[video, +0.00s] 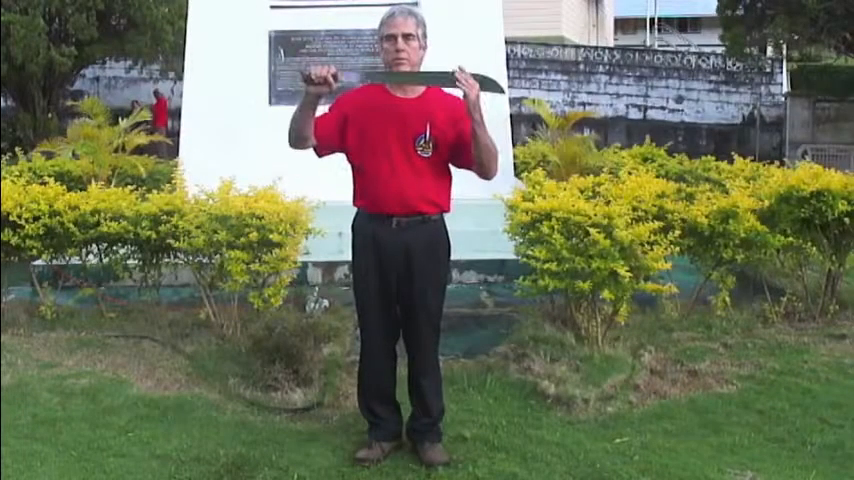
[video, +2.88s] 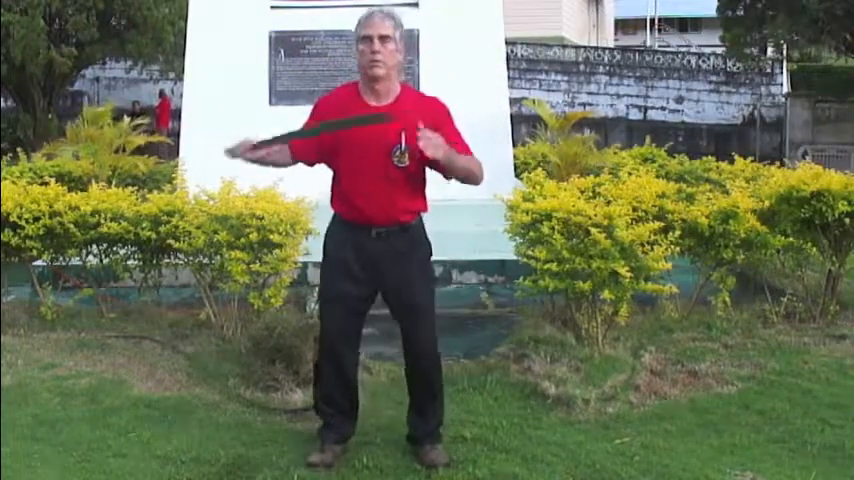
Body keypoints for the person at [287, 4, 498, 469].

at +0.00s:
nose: (399, 47)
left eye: (408, 38)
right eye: (389, 39)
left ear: (423, 45)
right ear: (378, 47)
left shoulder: (447, 105)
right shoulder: (356, 101)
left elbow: (488, 170)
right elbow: (299, 140)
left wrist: (476, 113)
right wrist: (310, 97)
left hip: (426, 232)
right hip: (372, 232)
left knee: (424, 339)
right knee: (375, 338)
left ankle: (428, 434)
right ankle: (381, 434)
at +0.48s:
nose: (409, 50)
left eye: (419, 41)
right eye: (400, 41)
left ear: (433, 48)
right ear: (389, 50)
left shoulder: (455, 105)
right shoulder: (369, 102)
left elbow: (493, 176)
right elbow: (318, 163)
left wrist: (482, 123)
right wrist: (325, 136)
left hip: (439, 237)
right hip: (381, 237)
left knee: (432, 343)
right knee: (370, 340)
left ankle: (427, 436)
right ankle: (380, 433)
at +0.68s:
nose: (410, 52)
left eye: (419, 43)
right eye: (401, 44)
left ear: (433, 50)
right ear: (389, 51)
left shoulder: (462, 113)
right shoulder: (367, 111)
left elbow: (477, 188)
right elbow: (339, 180)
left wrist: (446, 189)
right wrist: (365, 177)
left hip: (441, 244)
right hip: (382, 244)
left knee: (433, 347)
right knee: (372, 343)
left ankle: (428, 439)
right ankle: (377, 452)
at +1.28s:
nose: (375, 64)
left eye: (386, 55)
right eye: (365, 55)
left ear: (403, 62)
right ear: (353, 63)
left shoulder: (434, 124)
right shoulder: (329, 124)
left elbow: (450, 208)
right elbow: (315, 207)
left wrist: (398, 243)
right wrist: (360, 240)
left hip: (416, 263)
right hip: (351, 266)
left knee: (423, 359)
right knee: (355, 367)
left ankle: (429, 440)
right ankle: (366, 470)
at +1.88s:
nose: (383, 67)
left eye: (394, 57)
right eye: (373, 58)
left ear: (409, 63)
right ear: (361, 64)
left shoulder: (439, 125)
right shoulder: (338, 124)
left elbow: (464, 202)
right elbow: (308, 202)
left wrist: (435, 204)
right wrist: (333, 212)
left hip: (420, 264)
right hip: (358, 265)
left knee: (427, 360)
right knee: (354, 370)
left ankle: (425, 438)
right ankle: (365, 472)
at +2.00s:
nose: (396, 64)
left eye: (406, 55)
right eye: (386, 56)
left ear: (422, 61)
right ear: (375, 62)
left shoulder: (449, 123)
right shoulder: (348, 121)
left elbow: (487, 186)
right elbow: (306, 189)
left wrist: (470, 154)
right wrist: (322, 174)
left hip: (427, 261)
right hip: (366, 262)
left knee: (439, 357)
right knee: (361, 367)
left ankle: (426, 438)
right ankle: (366, 471)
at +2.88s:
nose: (375, 48)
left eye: (384, 40)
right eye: (366, 41)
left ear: (401, 50)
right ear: (355, 50)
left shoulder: (428, 109)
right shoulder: (333, 105)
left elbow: (475, 174)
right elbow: (299, 151)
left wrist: (446, 157)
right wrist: (258, 152)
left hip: (406, 241)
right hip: (347, 240)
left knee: (422, 343)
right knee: (335, 341)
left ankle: (427, 437)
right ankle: (333, 434)